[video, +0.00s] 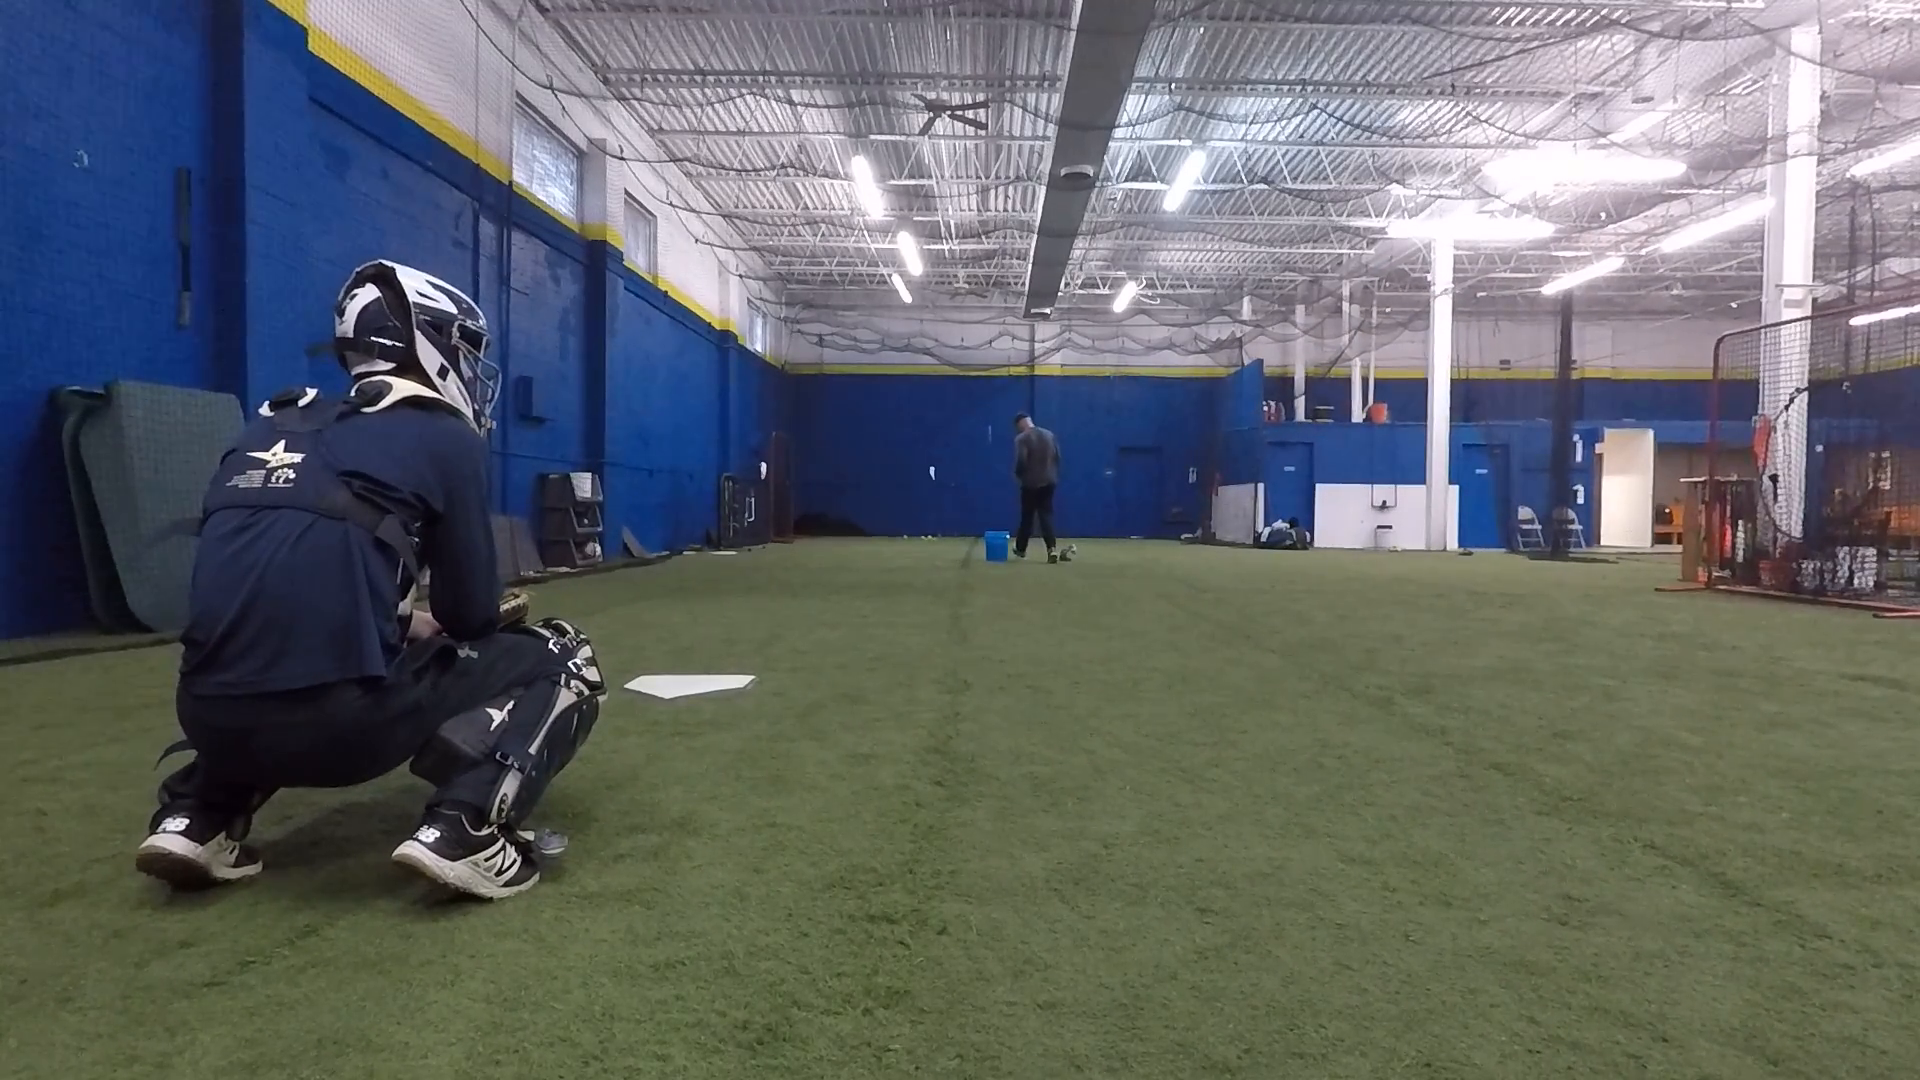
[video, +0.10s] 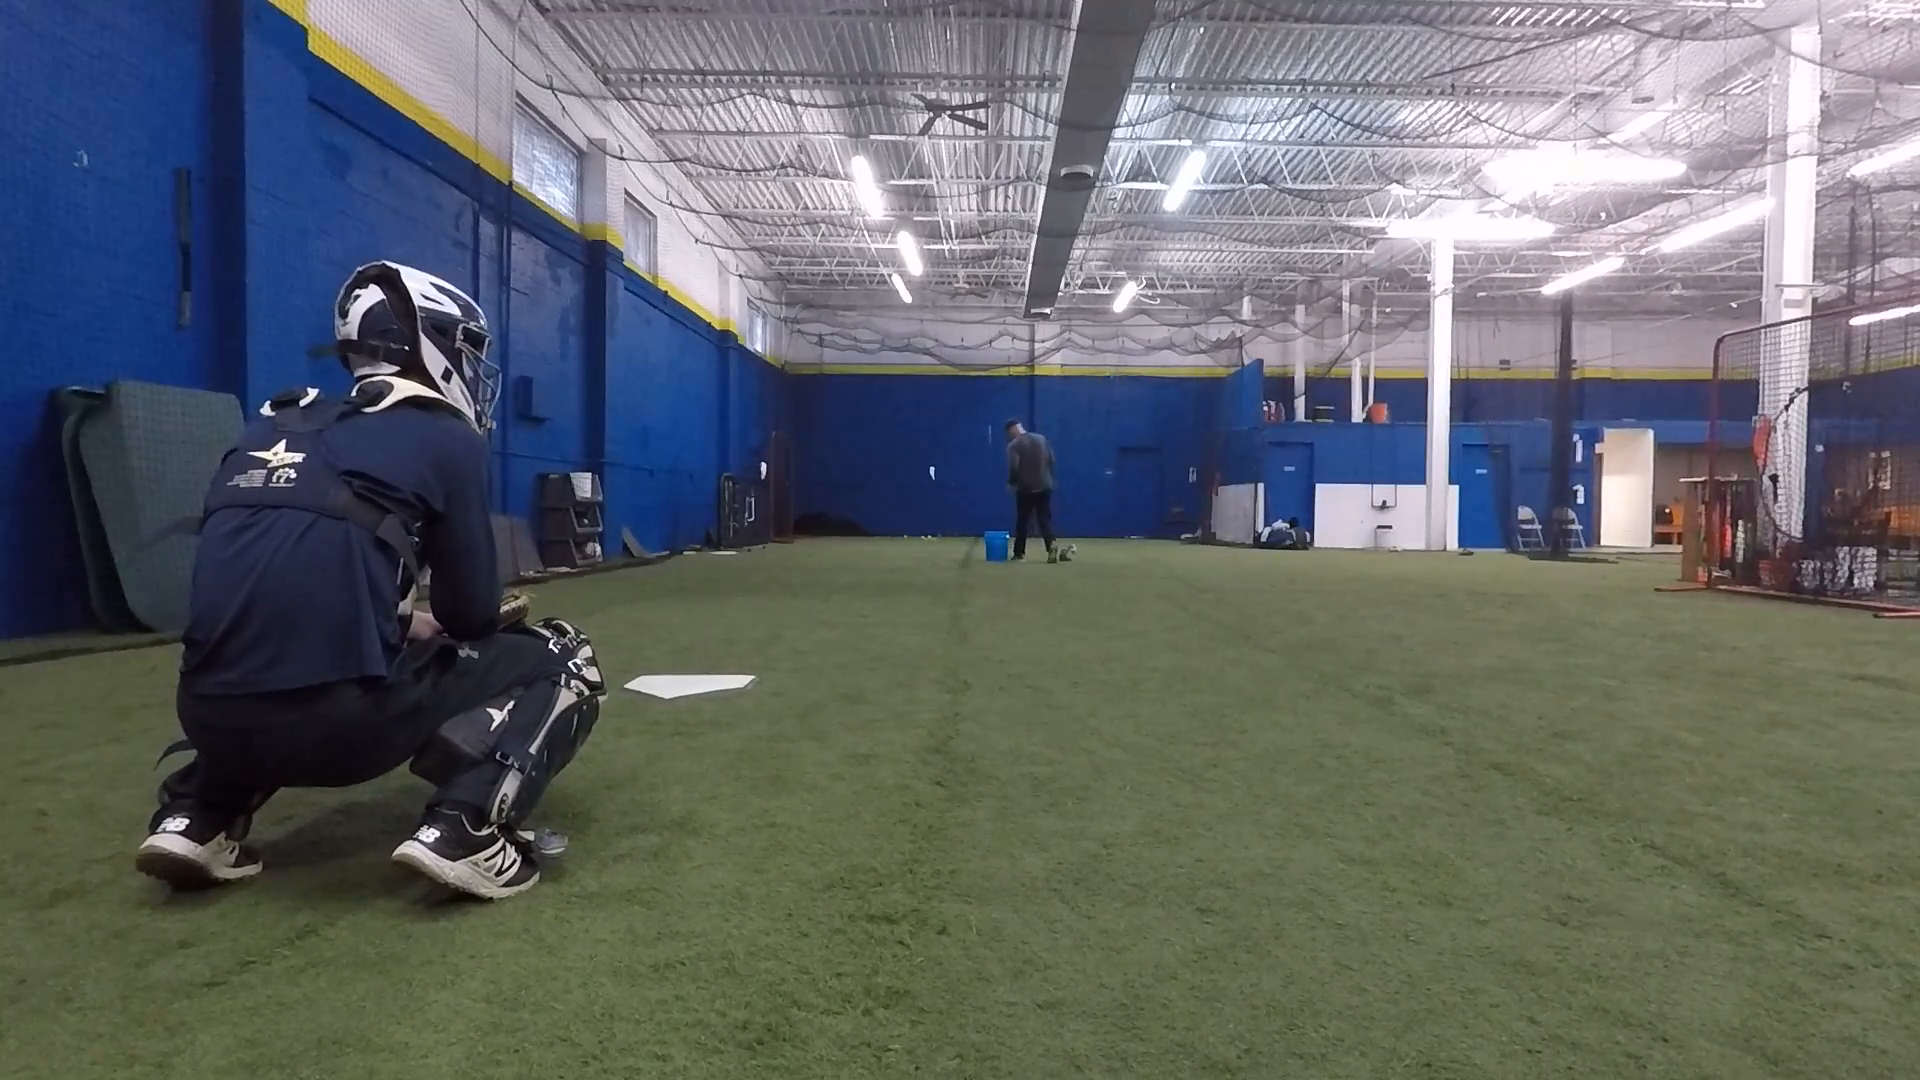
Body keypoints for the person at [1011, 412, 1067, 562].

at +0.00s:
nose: (1020, 428)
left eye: (1019, 425)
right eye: (1020, 425)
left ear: (1020, 424)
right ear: (1031, 421)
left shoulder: (1021, 438)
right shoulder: (1049, 434)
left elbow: (1021, 459)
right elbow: (1056, 455)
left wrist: (1018, 473)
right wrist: (1054, 470)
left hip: (1030, 483)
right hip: (1048, 482)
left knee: (1027, 516)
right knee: (1046, 514)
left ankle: (1021, 548)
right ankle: (1052, 549)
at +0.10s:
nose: (1010, 435)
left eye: (1010, 432)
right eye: (1010, 432)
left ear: (1011, 431)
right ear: (1021, 427)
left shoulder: (1013, 445)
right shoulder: (1041, 439)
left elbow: (1014, 466)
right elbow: (1051, 459)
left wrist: (1012, 482)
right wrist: (1049, 474)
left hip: (1025, 489)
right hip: (1044, 487)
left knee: (1022, 521)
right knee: (1044, 518)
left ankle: (1019, 552)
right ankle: (1051, 544)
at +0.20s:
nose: (1002, 443)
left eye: (1001, 440)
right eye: (1001, 441)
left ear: (1003, 437)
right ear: (1012, 432)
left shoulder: (1007, 450)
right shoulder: (1033, 440)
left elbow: (1008, 474)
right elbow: (1045, 459)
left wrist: (1005, 492)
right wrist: (1043, 474)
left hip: (1022, 490)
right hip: (1040, 486)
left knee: (1018, 522)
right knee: (1040, 518)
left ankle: (1018, 552)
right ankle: (1050, 541)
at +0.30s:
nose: (996, 447)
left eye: (995, 444)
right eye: (995, 445)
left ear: (997, 440)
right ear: (1004, 435)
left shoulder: (1004, 451)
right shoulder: (1026, 439)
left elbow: (1005, 476)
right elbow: (1042, 455)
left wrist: (1003, 499)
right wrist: (1036, 471)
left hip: (1021, 489)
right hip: (1040, 485)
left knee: (1017, 521)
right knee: (1037, 517)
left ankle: (1018, 553)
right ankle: (1048, 543)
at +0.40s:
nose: (993, 454)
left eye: (992, 451)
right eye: (991, 452)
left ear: (994, 446)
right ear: (998, 440)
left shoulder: (1000, 455)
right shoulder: (1020, 440)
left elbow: (1001, 482)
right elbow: (1039, 454)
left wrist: (999, 506)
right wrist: (1036, 471)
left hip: (1022, 488)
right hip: (1040, 482)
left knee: (1018, 521)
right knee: (1035, 517)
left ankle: (1018, 553)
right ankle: (1046, 546)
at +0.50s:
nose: (988, 462)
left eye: (986, 459)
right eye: (986, 460)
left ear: (988, 454)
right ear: (993, 447)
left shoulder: (996, 461)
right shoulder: (1014, 444)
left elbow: (999, 488)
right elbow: (1035, 454)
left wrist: (996, 512)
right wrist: (1029, 470)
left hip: (1021, 488)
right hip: (1039, 482)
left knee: (1017, 521)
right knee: (1036, 518)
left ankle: (1018, 552)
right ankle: (1044, 550)